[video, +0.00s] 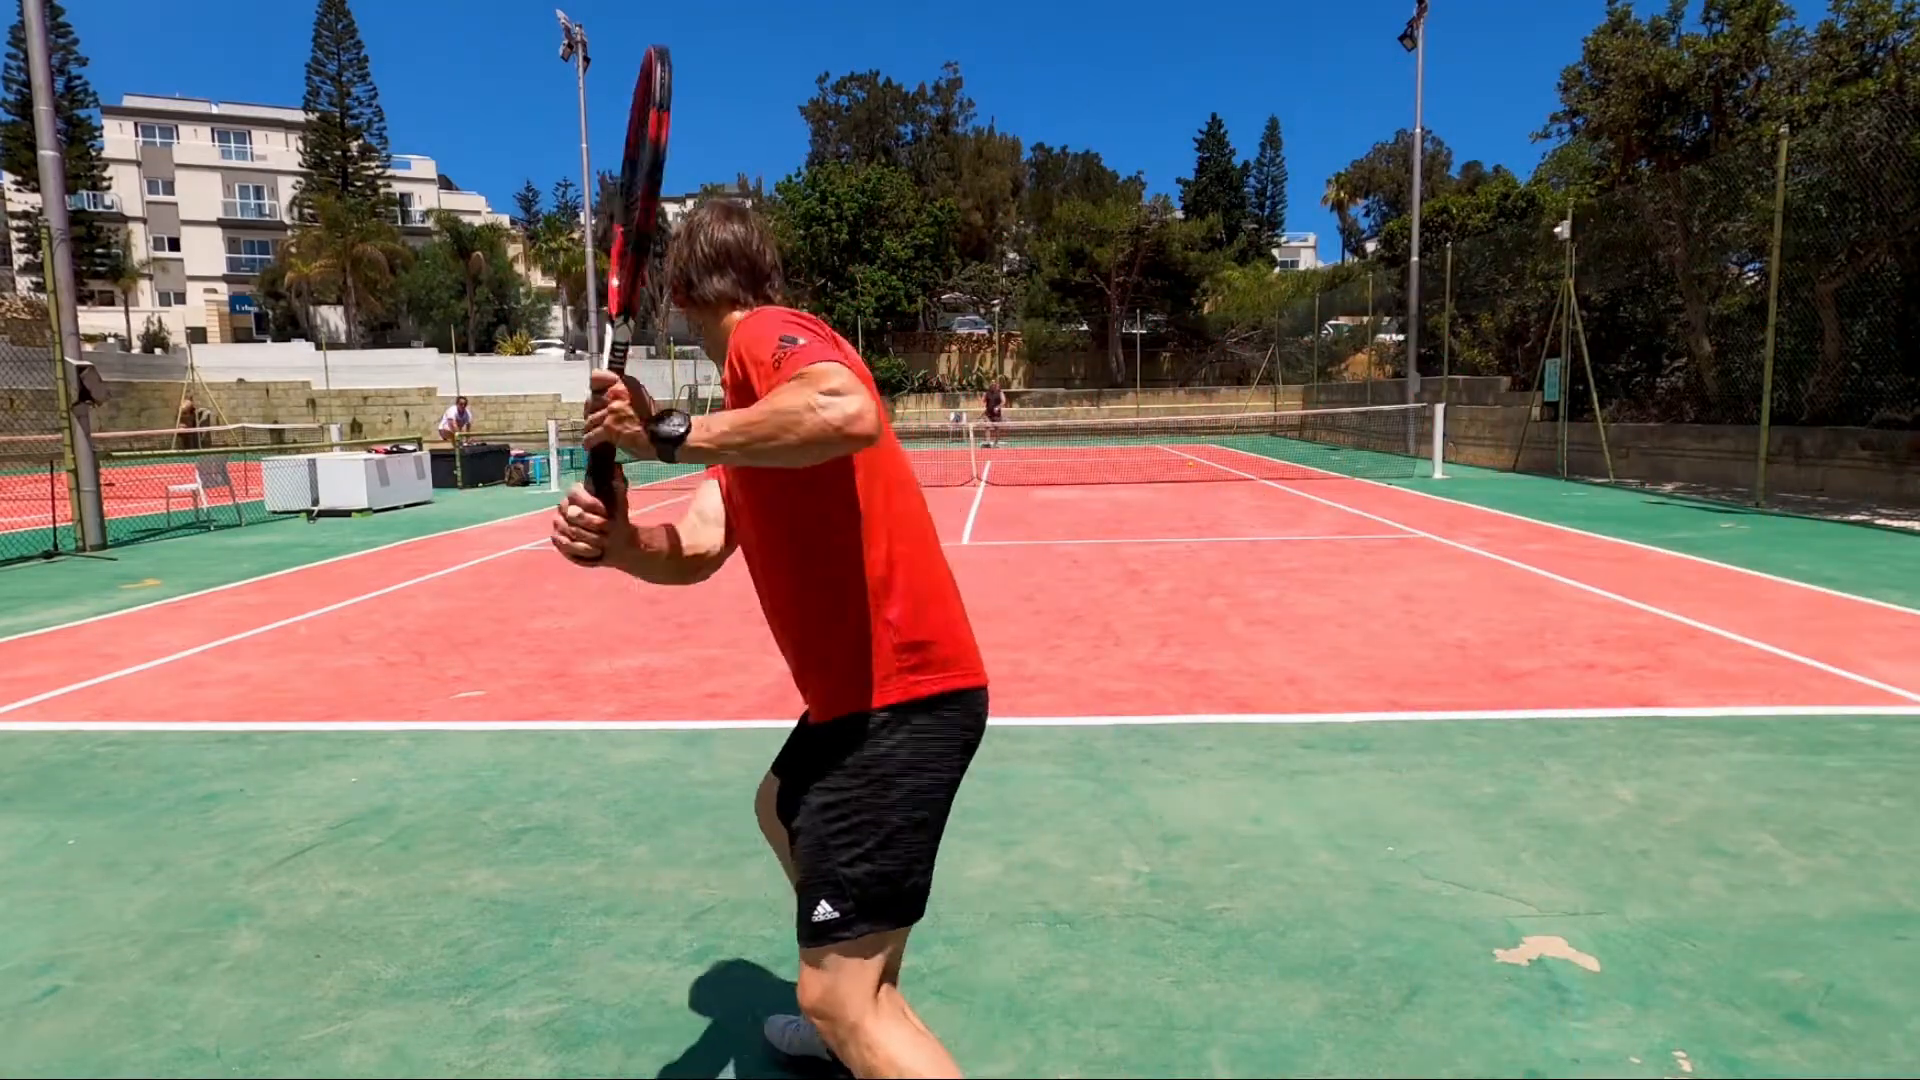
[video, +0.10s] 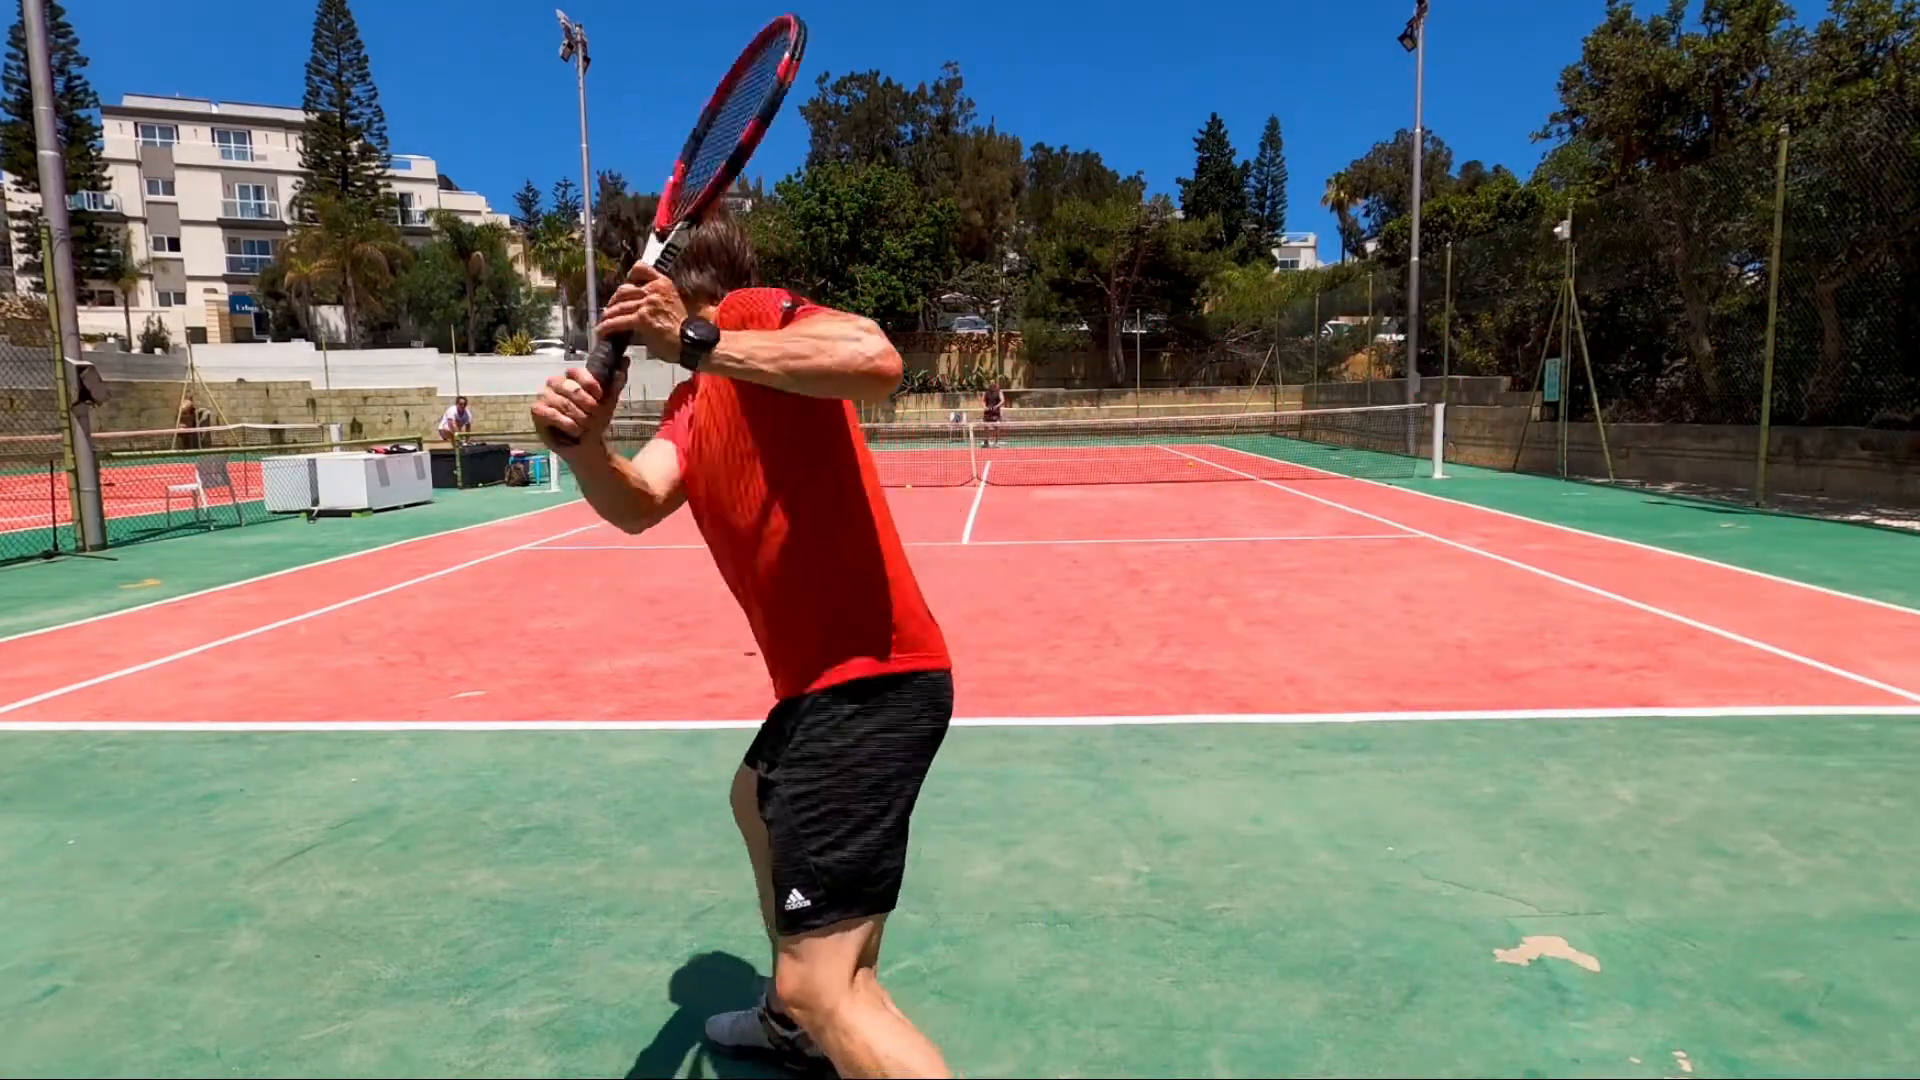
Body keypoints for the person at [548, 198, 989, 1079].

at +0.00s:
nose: (673, 307)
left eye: (671, 287)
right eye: (674, 290)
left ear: (685, 285)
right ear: (759, 269)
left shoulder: (766, 331)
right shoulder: (751, 388)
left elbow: (847, 408)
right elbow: (698, 541)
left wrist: (667, 434)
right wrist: (621, 544)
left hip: (910, 687)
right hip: (860, 686)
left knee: (843, 996)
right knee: (785, 809)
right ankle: (858, 1022)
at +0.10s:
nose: (630, 311)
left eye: (636, 290)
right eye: (630, 297)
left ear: (670, 290)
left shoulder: (757, 317)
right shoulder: (692, 405)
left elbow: (876, 360)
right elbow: (634, 506)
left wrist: (697, 339)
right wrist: (582, 443)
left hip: (877, 673)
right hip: (821, 678)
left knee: (823, 987)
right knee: (760, 797)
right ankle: (800, 1016)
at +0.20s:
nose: (627, 312)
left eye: (625, 296)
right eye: (630, 299)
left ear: (635, 296)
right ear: (711, 278)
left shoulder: (757, 344)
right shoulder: (671, 388)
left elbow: (893, 410)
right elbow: (596, 486)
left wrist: (755, 414)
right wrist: (572, 438)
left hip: (836, 672)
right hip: (785, 675)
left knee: (797, 977)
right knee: (722, 794)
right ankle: (792, 1011)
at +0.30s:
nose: (603, 281)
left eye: (603, 262)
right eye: (603, 263)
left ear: (622, 258)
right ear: (685, 246)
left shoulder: (711, 320)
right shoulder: (657, 358)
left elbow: (822, 441)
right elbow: (610, 467)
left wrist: (720, 550)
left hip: (792, 639)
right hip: (740, 638)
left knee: (794, 926)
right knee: (720, 805)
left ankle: (893, 1068)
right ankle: (789, 1014)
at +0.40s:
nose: (587, 214)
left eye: (585, 198)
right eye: (588, 199)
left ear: (601, 194)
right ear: (680, 183)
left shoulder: (637, 269)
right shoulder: (734, 262)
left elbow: (702, 417)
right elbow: (693, 417)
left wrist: (682, 590)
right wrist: (615, 499)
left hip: (737, 589)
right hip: (801, 581)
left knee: (762, 856)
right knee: (769, 817)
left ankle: (923, 1065)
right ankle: (785, 1006)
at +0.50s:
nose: (561, 179)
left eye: (558, 165)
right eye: (564, 165)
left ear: (570, 162)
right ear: (658, 148)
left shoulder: (596, 242)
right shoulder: (729, 239)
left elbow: (630, 384)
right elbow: (750, 396)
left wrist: (585, 551)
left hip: (683, 567)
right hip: (776, 558)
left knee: (717, 825)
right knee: (766, 781)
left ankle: (902, 997)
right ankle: (778, 992)